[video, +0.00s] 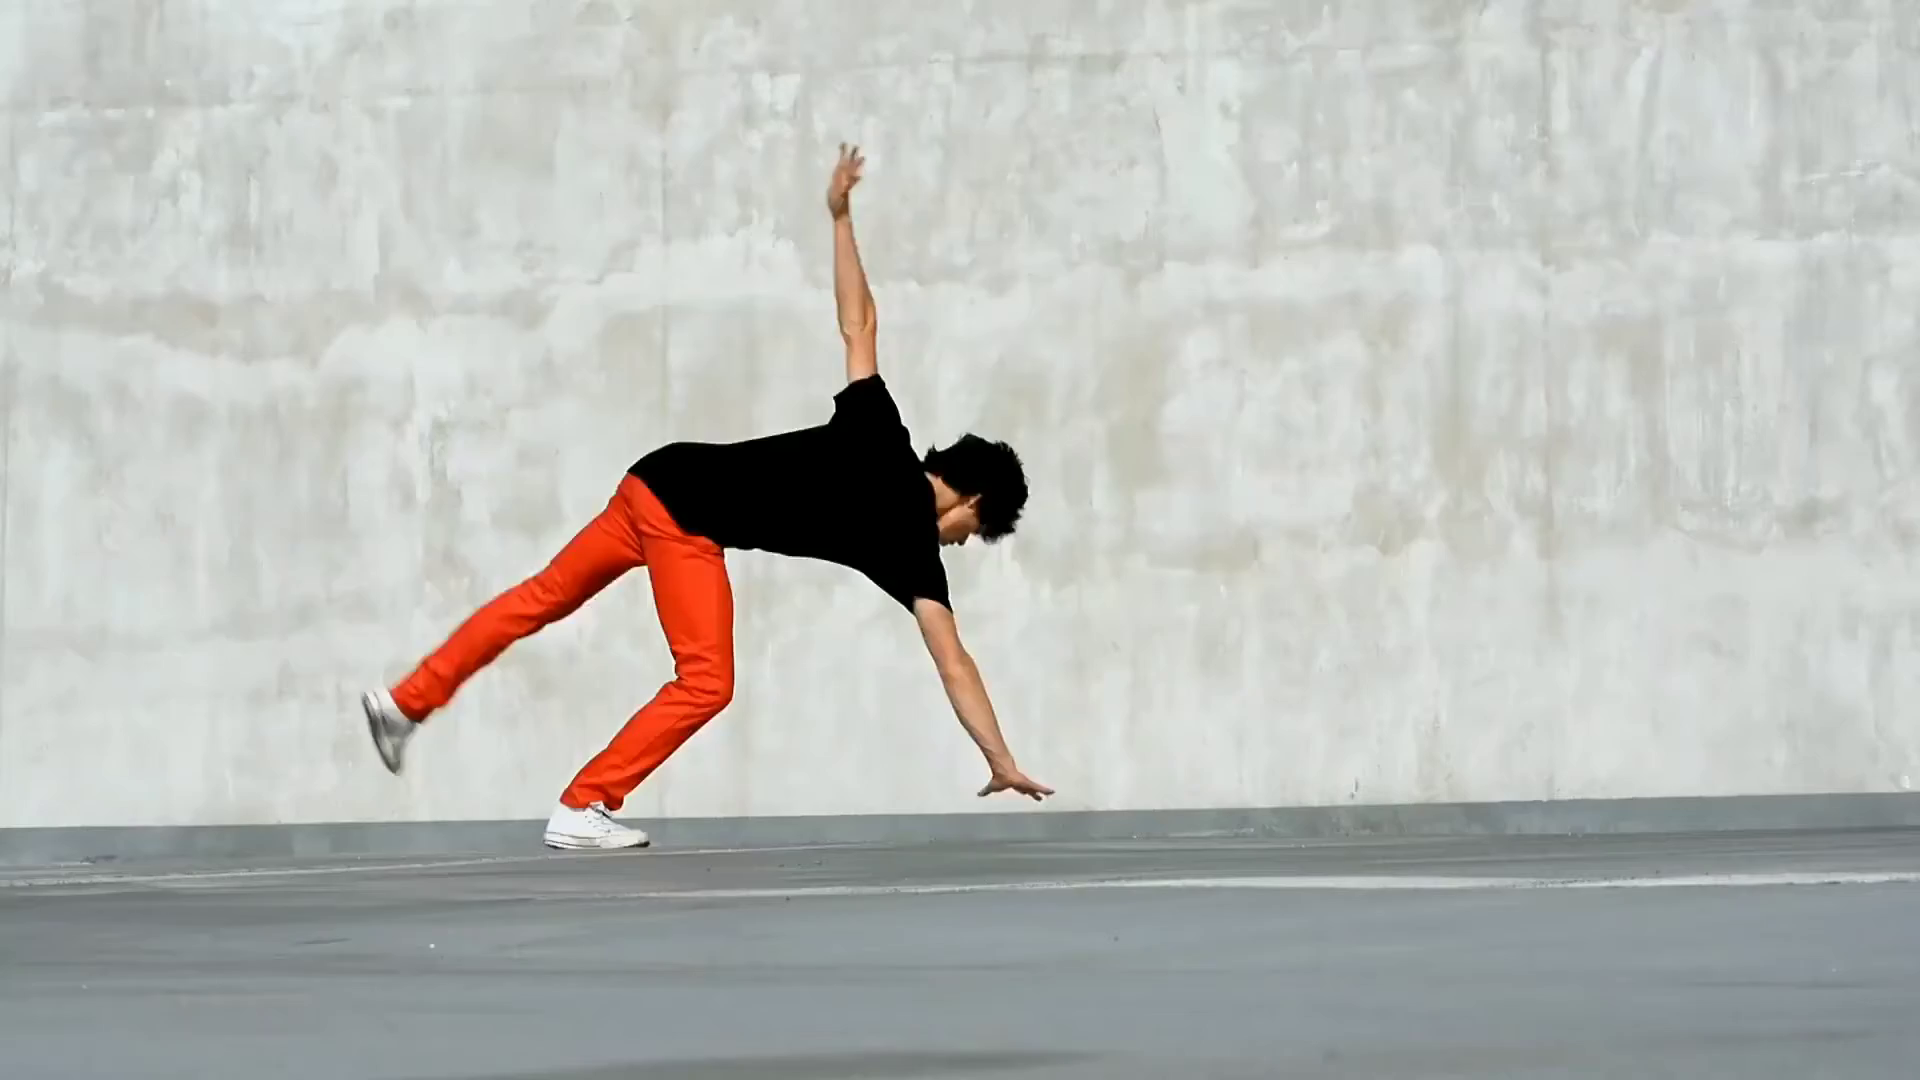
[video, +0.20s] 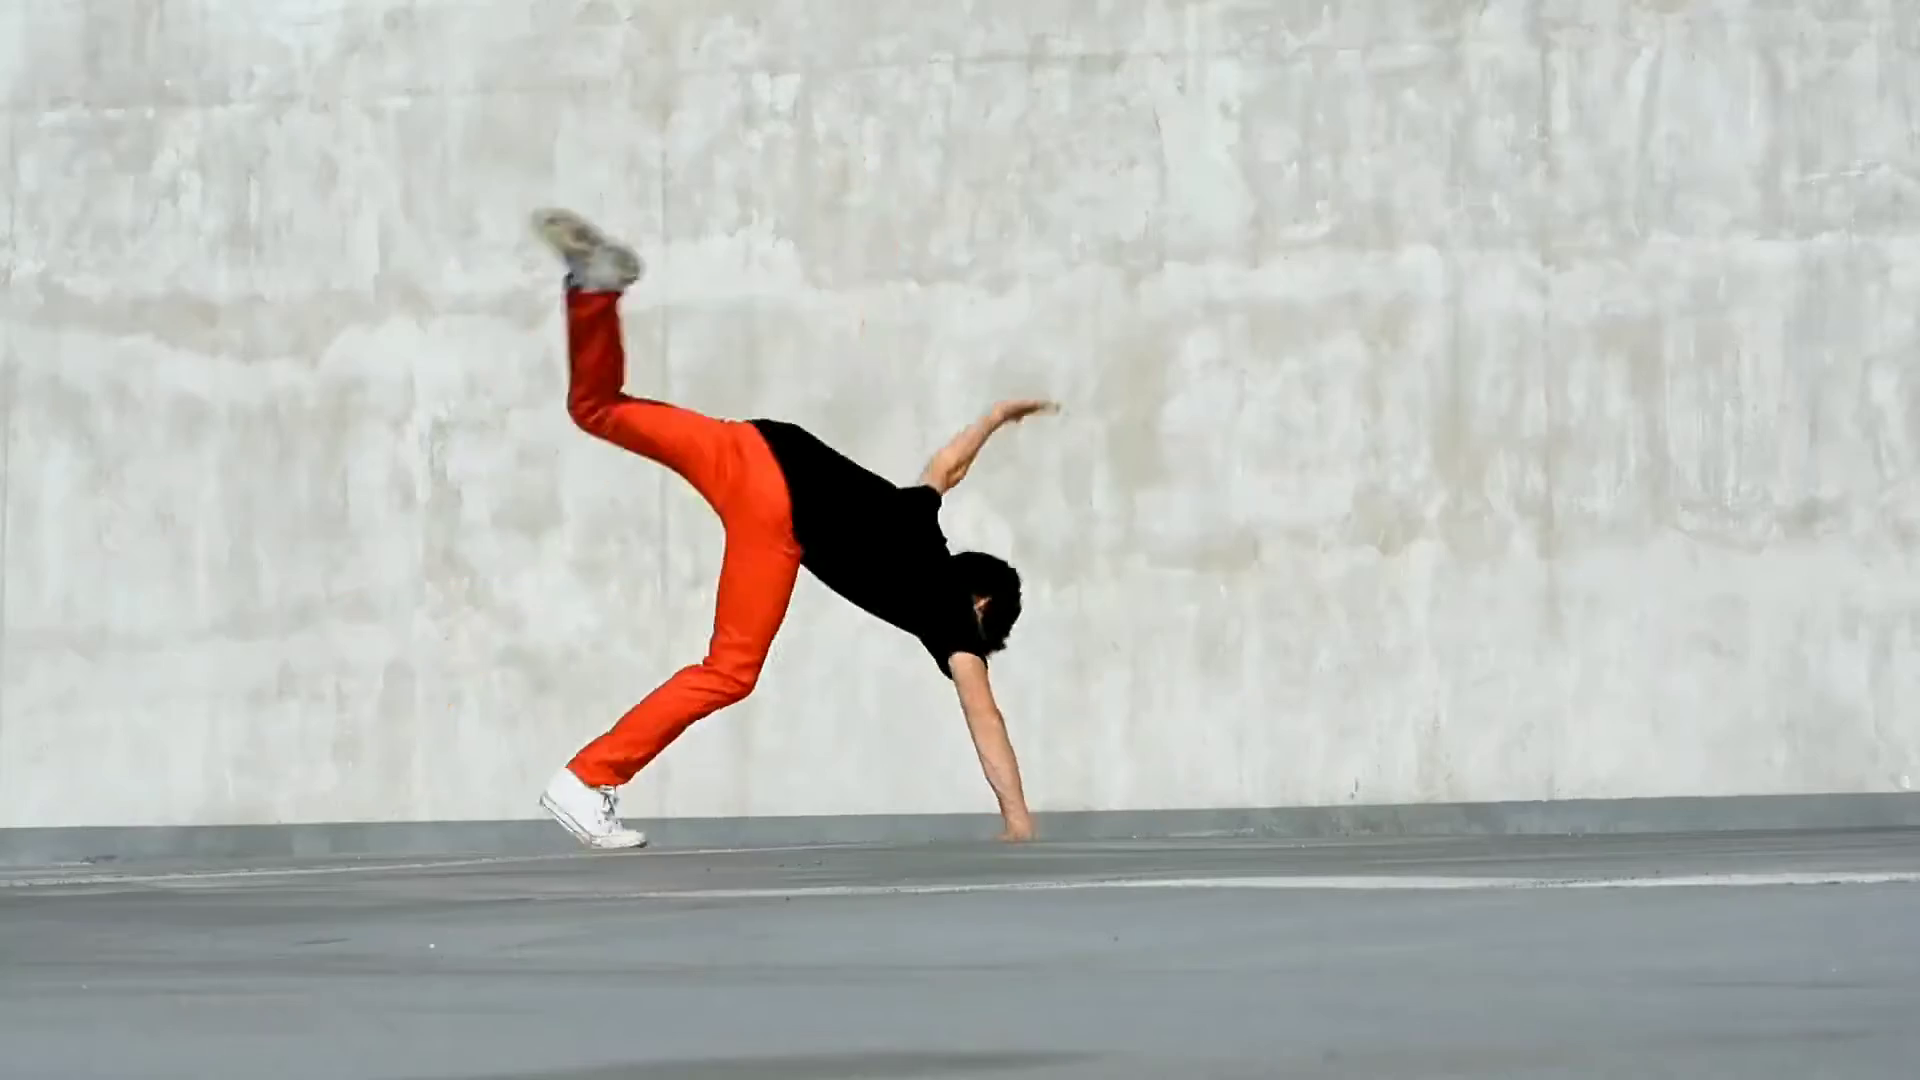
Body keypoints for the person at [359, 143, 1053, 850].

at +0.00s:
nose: (965, 538)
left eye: (976, 529)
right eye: (975, 525)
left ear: (948, 467)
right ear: (960, 496)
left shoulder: (876, 425)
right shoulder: (912, 551)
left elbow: (857, 317)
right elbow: (953, 663)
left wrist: (840, 212)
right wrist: (1003, 762)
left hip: (656, 480)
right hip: (688, 520)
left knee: (545, 595)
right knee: (706, 683)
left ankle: (404, 706)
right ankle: (584, 809)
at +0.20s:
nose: (981, 640)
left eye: (989, 631)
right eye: (989, 630)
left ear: (967, 571)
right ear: (979, 606)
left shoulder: (920, 523)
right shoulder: (952, 621)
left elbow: (946, 468)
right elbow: (985, 720)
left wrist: (993, 418)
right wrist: (1018, 822)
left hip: (755, 450)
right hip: (777, 517)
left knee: (597, 409)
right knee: (729, 673)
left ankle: (591, 284)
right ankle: (585, 782)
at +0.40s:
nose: (924, 705)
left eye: (913, 708)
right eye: (927, 710)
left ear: (893, 672)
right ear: (946, 680)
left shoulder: (867, 607)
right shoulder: (984, 630)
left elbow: (744, 621)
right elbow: (1014, 725)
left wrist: (652, 637)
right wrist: (1023, 830)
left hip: (853, 414)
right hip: (913, 431)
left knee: (802, 261)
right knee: (840, 561)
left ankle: (968, 280)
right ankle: (756, 675)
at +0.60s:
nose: (896, 709)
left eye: (881, 712)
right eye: (892, 713)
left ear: (857, 677)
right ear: (901, 685)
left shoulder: (841, 610)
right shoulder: (981, 637)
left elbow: (833, 680)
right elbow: (1010, 728)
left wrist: (821, 777)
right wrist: (1020, 830)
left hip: (908, 409)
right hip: (985, 420)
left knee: (851, 257)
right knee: (1106, 501)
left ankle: (881, 102)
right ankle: (1255, 578)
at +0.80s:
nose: (883, 701)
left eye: (870, 696)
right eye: (874, 703)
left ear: (856, 662)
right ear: (872, 666)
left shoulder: (880, 608)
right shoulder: (949, 632)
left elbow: (916, 709)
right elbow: (990, 718)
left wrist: (930, 823)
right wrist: (1018, 826)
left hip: (930, 389)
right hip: (976, 368)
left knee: (982, 418)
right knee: (1120, 362)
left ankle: (1015, 409)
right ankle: (1242, 257)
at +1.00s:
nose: (814, 686)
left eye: (827, 681)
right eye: (809, 675)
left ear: (877, 653)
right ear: (836, 614)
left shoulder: (955, 610)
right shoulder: (853, 545)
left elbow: (957, 715)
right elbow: (795, 552)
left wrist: (937, 822)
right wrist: (791, 647)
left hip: (1067, 409)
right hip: (990, 377)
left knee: (1146, 517)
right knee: (931, 277)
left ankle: (1258, 575)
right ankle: (994, 253)